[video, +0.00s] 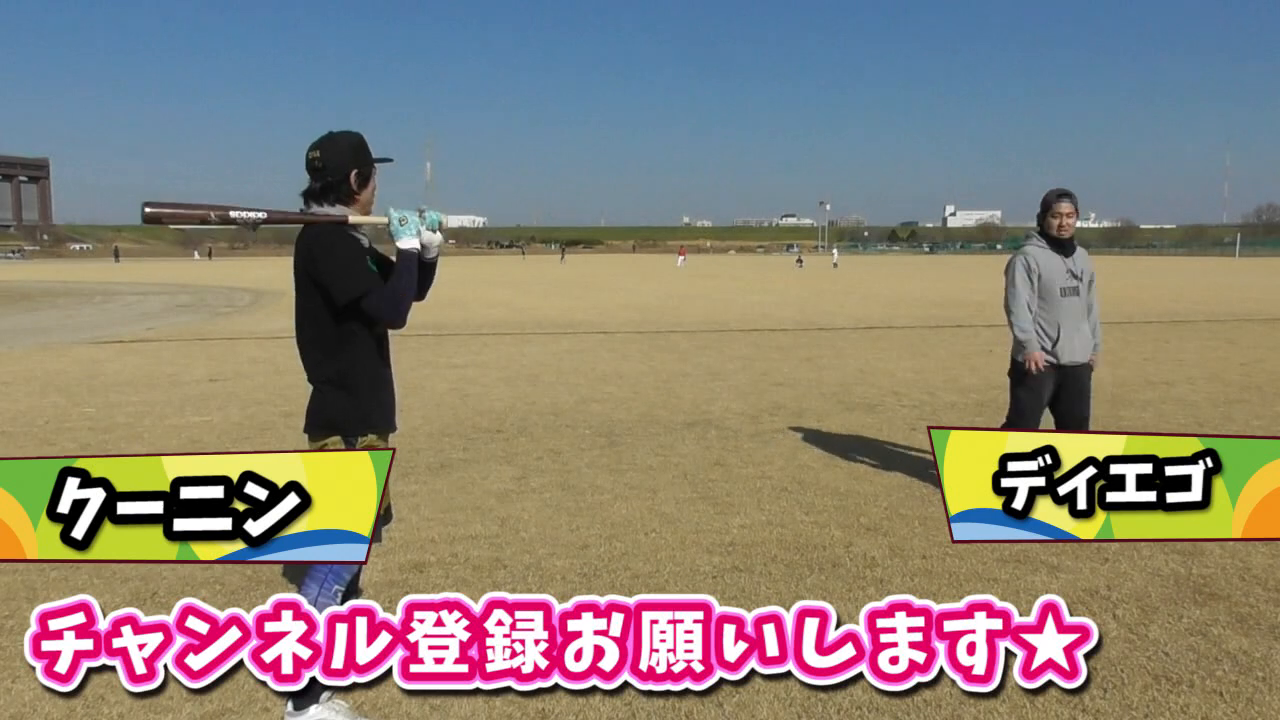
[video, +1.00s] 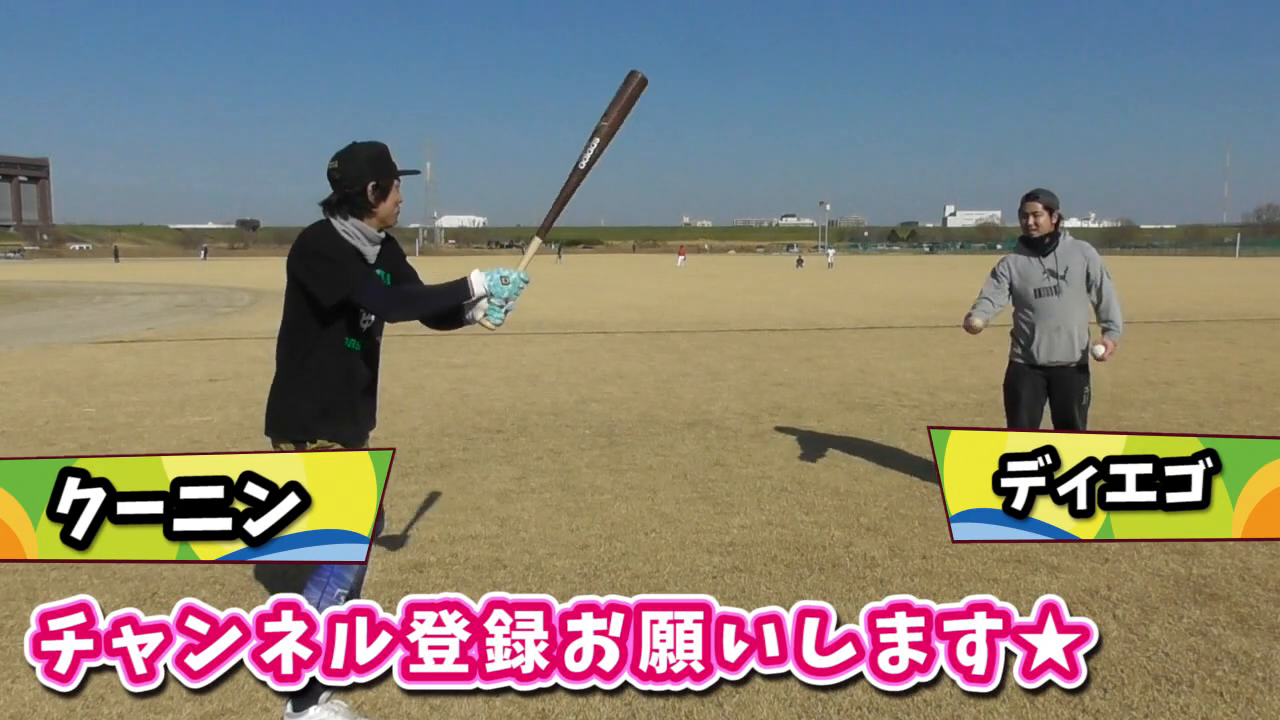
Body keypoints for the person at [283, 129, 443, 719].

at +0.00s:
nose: (375, 183)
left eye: (373, 174)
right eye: (372, 174)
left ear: (326, 180)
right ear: (356, 180)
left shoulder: (341, 235)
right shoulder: (330, 238)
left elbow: (410, 293)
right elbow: (386, 308)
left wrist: (425, 252)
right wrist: (407, 257)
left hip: (356, 415)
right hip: (349, 419)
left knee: (355, 539)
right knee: (342, 545)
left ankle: (325, 669)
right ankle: (302, 688)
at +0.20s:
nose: (384, 184)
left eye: (382, 175)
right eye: (381, 175)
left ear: (339, 179)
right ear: (363, 180)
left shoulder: (349, 234)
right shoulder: (333, 238)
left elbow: (391, 301)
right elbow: (371, 329)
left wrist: (442, 290)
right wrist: (426, 291)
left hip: (351, 417)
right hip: (339, 420)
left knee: (365, 522)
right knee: (348, 540)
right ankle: (305, 693)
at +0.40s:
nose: (391, 195)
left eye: (390, 185)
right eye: (387, 186)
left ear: (355, 188)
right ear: (367, 188)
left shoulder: (364, 245)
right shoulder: (326, 246)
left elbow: (410, 306)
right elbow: (380, 313)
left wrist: (466, 299)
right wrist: (456, 287)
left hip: (347, 422)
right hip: (321, 425)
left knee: (354, 544)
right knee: (347, 550)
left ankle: (318, 678)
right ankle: (304, 694)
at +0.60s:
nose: (394, 198)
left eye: (392, 188)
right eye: (390, 189)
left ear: (352, 192)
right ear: (370, 193)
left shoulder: (371, 246)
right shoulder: (318, 242)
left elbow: (427, 296)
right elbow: (398, 280)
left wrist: (482, 289)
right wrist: (484, 262)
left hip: (343, 422)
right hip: (309, 424)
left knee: (347, 549)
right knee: (346, 554)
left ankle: (312, 676)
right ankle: (307, 696)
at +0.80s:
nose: (394, 197)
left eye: (392, 187)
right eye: (390, 188)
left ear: (351, 193)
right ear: (369, 193)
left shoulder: (372, 248)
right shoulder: (314, 241)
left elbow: (423, 306)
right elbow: (386, 281)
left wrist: (473, 298)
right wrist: (478, 271)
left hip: (343, 424)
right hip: (310, 426)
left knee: (344, 546)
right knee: (350, 554)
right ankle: (307, 696)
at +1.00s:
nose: (400, 197)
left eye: (399, 188)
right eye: (395, 188)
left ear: (367, 191)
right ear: (373, 193)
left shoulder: (382, 249)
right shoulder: (319, 245)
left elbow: (422, 311)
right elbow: (382, 301)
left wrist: (475, 310)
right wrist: (470, 285)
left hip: (351, 425)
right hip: (311, 426)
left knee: (352, 548)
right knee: (345, 553)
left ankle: (316, 680)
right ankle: (304, 695)